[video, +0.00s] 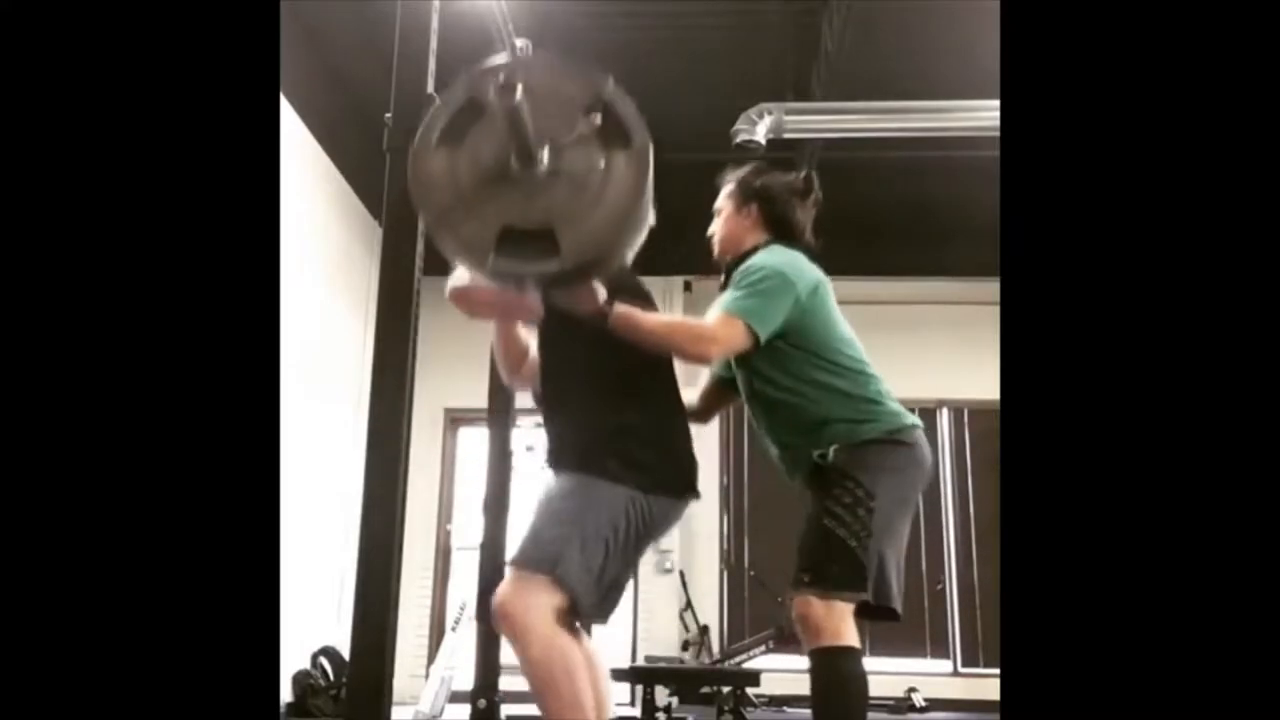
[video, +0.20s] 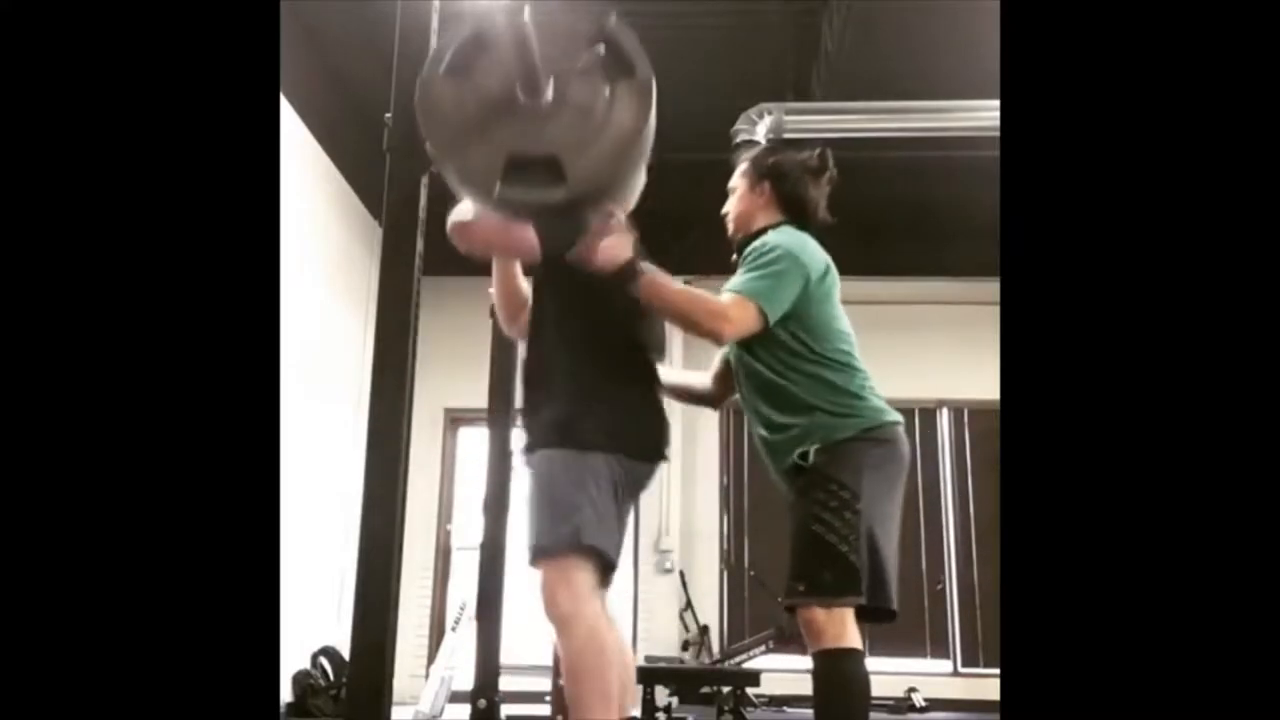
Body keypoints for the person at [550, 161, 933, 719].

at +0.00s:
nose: (710, 225)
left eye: (719, 210)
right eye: (713, 211)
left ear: (753, 213)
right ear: (754, 216)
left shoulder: (778, 268)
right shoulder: (753, 291)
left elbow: (715, 340)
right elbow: (703, 406)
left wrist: (606, 310)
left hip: (876, 448)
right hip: (853, 455)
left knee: (821, 606)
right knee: (818, 610)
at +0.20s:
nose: (725, 202)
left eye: (734, 189)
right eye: (729, 189)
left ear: (764, 191)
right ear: (764, 195)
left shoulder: (787, 248)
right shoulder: (763, 269)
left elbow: (729, 320)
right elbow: (716, 391)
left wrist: (631, 269)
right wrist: (644, 375)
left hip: (854, 445)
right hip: (827, 453)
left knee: (824, 613)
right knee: (822, 615)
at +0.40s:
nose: (728, 200)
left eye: (737, 186)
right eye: (732, 188)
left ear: (766, 189)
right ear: (768, 193)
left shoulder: (789, 243)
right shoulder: (760, 283)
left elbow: (732, 284)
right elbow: (701, 361)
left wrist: (633, 228)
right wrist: (627, 309)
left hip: (841, 444)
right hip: (816, 454)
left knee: (818, 613)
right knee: (819, 617)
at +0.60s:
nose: (725, 196)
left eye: (733, 184)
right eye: (730, 184)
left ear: (758, 191)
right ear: (768, 196)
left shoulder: (778, 243)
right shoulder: (750, 297)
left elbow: (686, 259)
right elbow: (676, 343)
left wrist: (592, 215)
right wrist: (599, 312)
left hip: (842, 445)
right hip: (817, 456)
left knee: (817, 614)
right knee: (814, 617)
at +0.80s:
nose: (721, 195)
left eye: (731, 183)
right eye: (725, 184)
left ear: (758, 193)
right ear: (769, 198)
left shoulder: (764, 240)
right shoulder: (732, 293)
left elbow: (650, 229)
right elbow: (655, 322)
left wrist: (557, 191)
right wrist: (572, 299)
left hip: (832, 443)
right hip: (805, 452)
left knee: (815, 612)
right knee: (811, 615)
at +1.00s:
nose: (697, 192)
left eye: (713, 182)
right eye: (701, 183)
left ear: (749, 197)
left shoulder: (736, 240)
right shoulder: (707, 294)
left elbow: (623, 222)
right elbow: (628, 318)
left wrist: (521, 182)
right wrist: (543, 290)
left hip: (813, 441)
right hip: (791, 452)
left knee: (816, 617)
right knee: (816, 620)